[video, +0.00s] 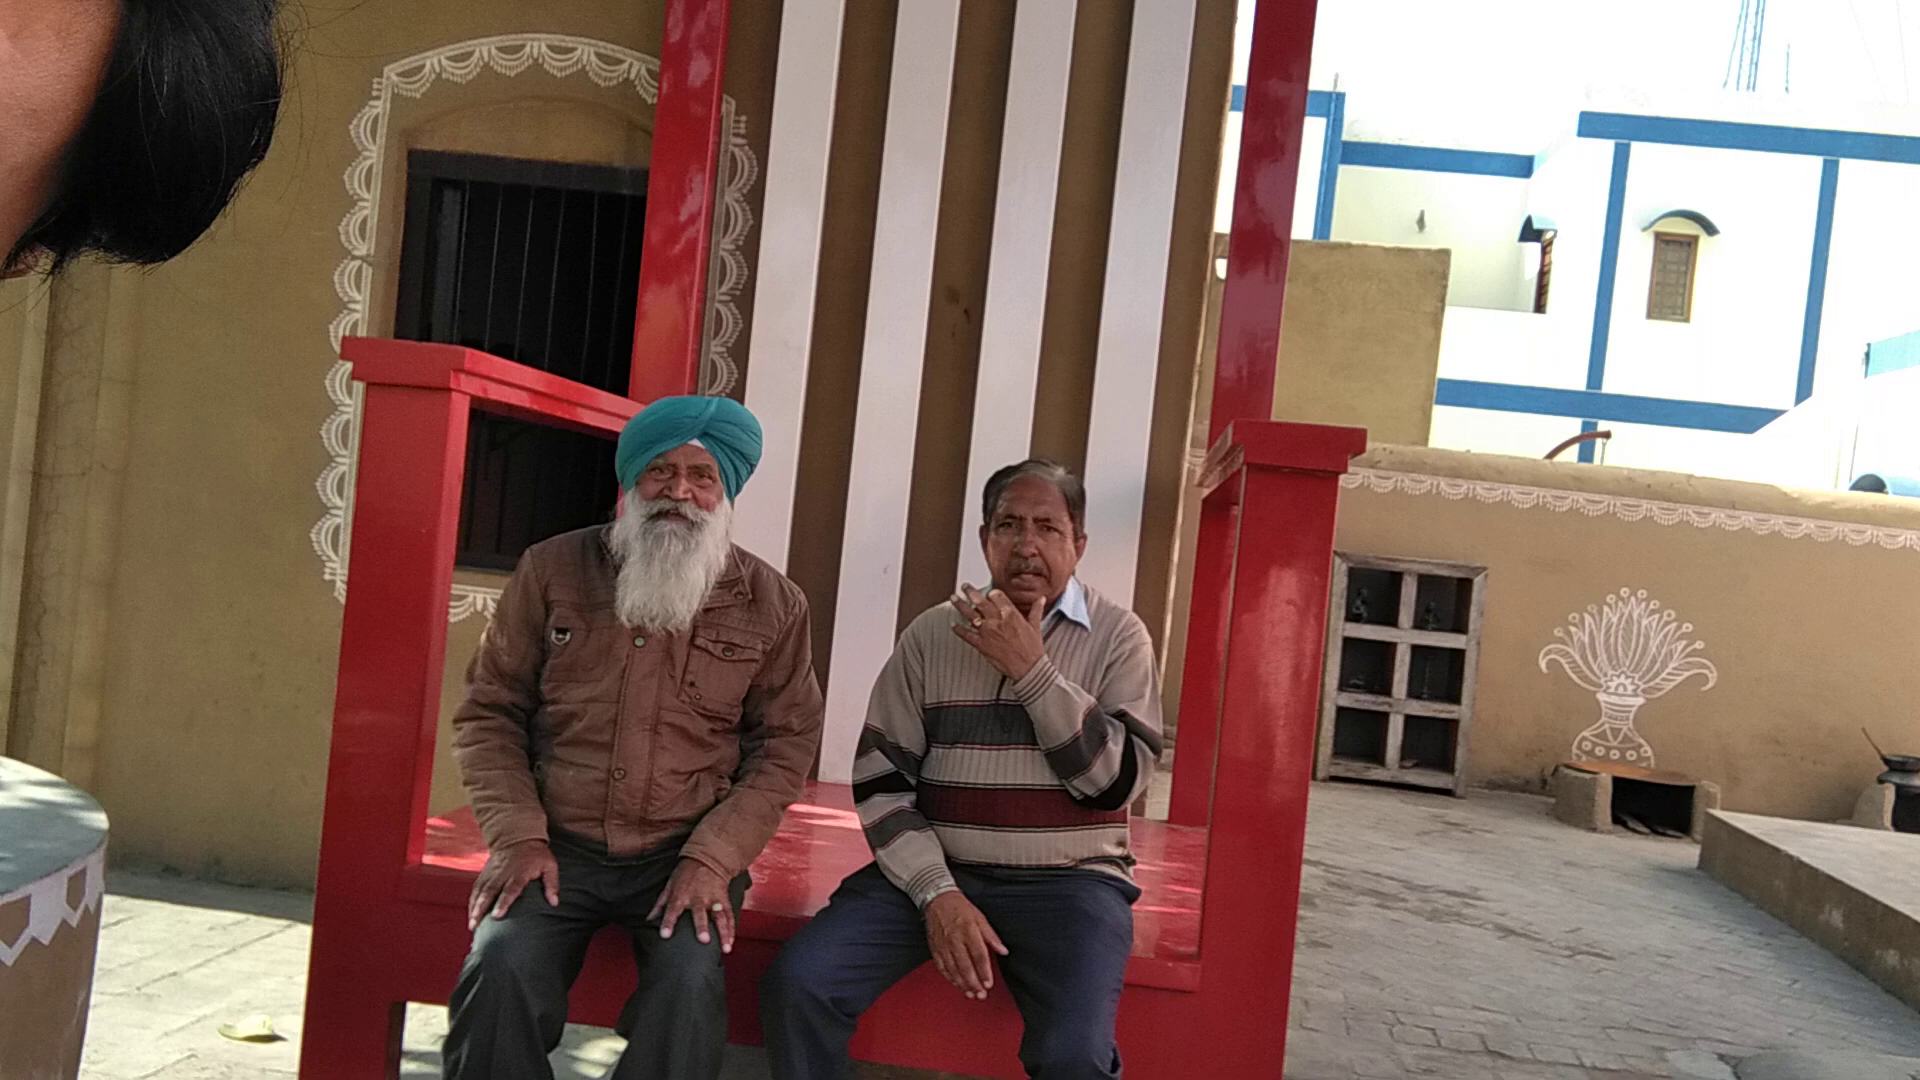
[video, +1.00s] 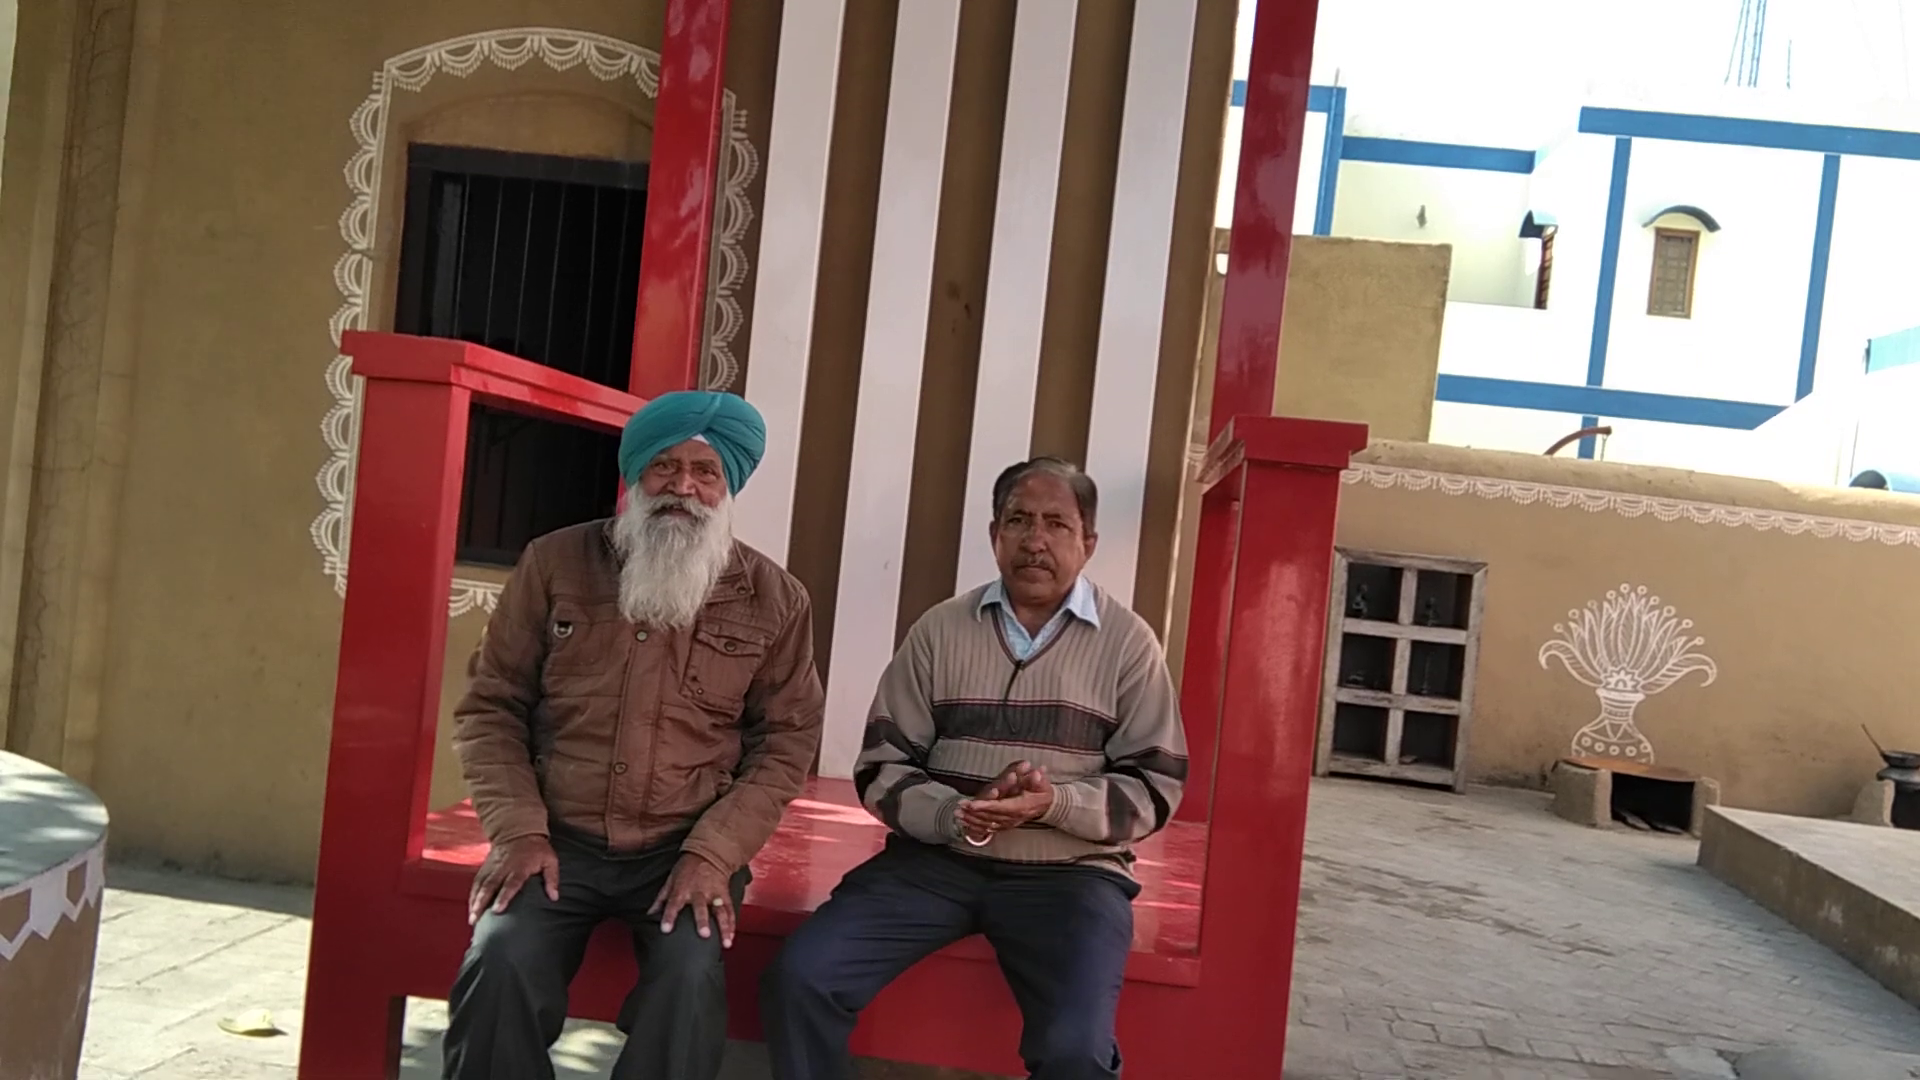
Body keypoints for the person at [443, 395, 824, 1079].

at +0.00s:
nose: (680, 491)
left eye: (702, 475)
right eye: (662, 471)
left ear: (727, 497)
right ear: (627, 489)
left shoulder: (772, 604)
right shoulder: (553, 570)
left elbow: (786, 750)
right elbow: (489, 709)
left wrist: (713, 857)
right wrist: (515, 832)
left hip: (685, 864)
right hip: (554, 854)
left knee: (690, 979)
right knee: (501, 968)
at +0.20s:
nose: (681, 490)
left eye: (703, 475)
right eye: (663, 471)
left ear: (728, 497)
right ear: (628, 487)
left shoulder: (773, 604)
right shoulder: (554, 569)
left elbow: (787, 749)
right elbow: (489, 709)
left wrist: (714, 856)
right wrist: (516, 831)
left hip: (685, 864)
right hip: (554, 853)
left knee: (690, 978)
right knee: (501, 965)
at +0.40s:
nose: (682, 490)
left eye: (704, 474)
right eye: (664, 471)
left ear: (729, 495)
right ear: (631, 485)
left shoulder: (773, 603)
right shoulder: (555, 569)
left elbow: (787, 749)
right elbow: (490, 708)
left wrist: (714, 856)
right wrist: (516, 831)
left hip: (685, 864)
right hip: (555, 853)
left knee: (689, 979)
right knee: (500, 967)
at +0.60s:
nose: (683, 491)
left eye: (705, 476)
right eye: (665, 472)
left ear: (730, 497)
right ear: (632, 487)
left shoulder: (774, 604)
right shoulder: (556, 569)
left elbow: (788, 750)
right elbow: (490, 708)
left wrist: (714, 856)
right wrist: (516, 831)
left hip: (685, 864)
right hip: (554, 853)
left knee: (690, 978)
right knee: (499, 966)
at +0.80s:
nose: (683, 486)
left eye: (705, 472)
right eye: (666, 467)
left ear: (729, 492)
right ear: (632, 482)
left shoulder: (775, 600)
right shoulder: (555, 565)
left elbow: (787, 747)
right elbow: (490, 706)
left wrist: (714, 853)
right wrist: (517, 828)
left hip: (685, 860)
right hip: (555, 848)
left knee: (690, 974)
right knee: (500, 960)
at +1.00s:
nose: (683, 486)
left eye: (705, 471)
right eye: (665, 467)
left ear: (729, 491)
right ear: (631, 481)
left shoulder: (775, 600)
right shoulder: (555, 564)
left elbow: (787, 746)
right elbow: (490, 706)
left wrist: (713, 852)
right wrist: (518, 828)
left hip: (685, 860)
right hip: (556, 849)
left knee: (690, 973)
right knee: (501, 959)